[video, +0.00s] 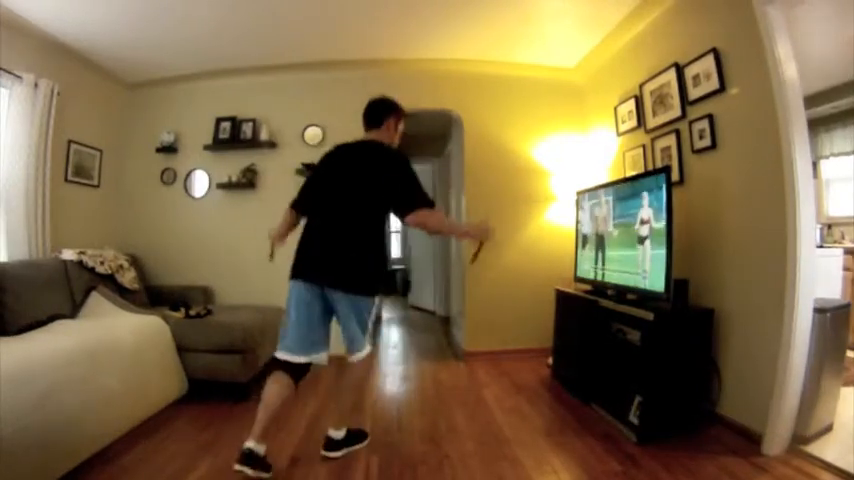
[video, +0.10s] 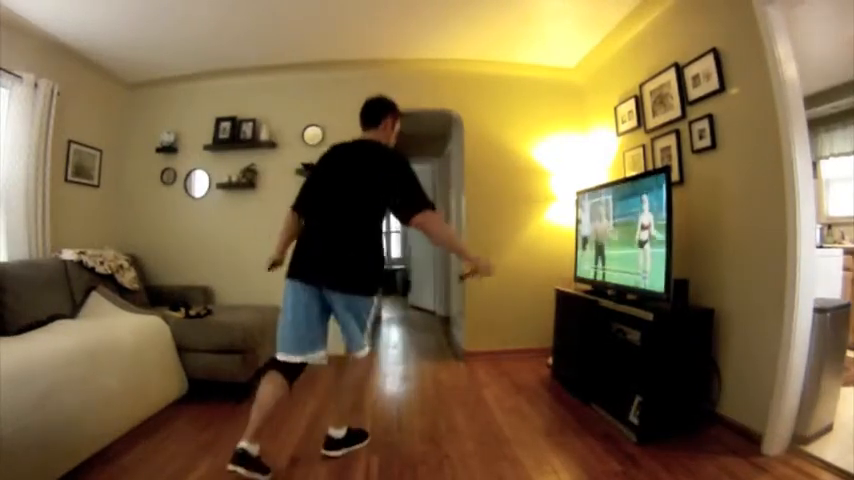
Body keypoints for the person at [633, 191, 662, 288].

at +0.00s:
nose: (644, 201)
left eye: (645, 199)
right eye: (643, 199)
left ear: (648, 200)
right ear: (641, 200)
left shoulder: (649, 211)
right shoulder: (641, 211)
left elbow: (653, 224)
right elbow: (637, 223)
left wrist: (661, 224)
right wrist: (637, 226)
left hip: (647, 235)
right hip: (640, 235)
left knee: (647, 254)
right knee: (640, 255)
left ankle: (646, 270)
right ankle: (640, 269)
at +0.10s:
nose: (644, 206)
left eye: (645, 204)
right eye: (643, 204)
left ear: (648, 205)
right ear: (642, 205)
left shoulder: (650, 216)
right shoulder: (641, 216)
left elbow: (652, 227)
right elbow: (638, 227)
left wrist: (654, 234)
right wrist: (636, 237)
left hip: (647, 231)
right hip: (641, 232)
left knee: (647, 253)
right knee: (640, 252)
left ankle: (647, 271)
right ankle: (640, 270)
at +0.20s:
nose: (645, 210)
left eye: (647, 209)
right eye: (644, 209)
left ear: (649, 210)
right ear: (642, 210)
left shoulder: (650, 220)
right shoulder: (641, 220)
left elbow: (652, 233)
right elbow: (639, 232)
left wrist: (658, 242)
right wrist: (636, 242)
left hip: (648, 238)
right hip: (641, 238)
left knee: (648, 257)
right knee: (641, 258)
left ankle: (647, 273)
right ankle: (640, 273)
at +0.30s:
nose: (645, 206)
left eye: (647, 204)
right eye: (644, 204)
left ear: (649, 205)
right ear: (642, 206)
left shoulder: (650, 216)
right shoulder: (642, 216)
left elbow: (652, 229)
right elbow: (639, 227)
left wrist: (659, 236)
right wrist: (636, 237)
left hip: (648, 235)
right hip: (641, 235)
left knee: (648, 256)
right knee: (640, 256)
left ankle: (647, 273)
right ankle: (640, 272)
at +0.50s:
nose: (645, 194)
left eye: (646, 192)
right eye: (643, 192)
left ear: (648, 194)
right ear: (641, 194)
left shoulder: (650, 205)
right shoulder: (640, 205)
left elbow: (652, 217)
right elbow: (635, 219)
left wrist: (661, 215)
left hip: (647, 230)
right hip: (640, 230)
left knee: (647, 251)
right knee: (640, 252)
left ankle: (646, 271)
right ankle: (639, 271)